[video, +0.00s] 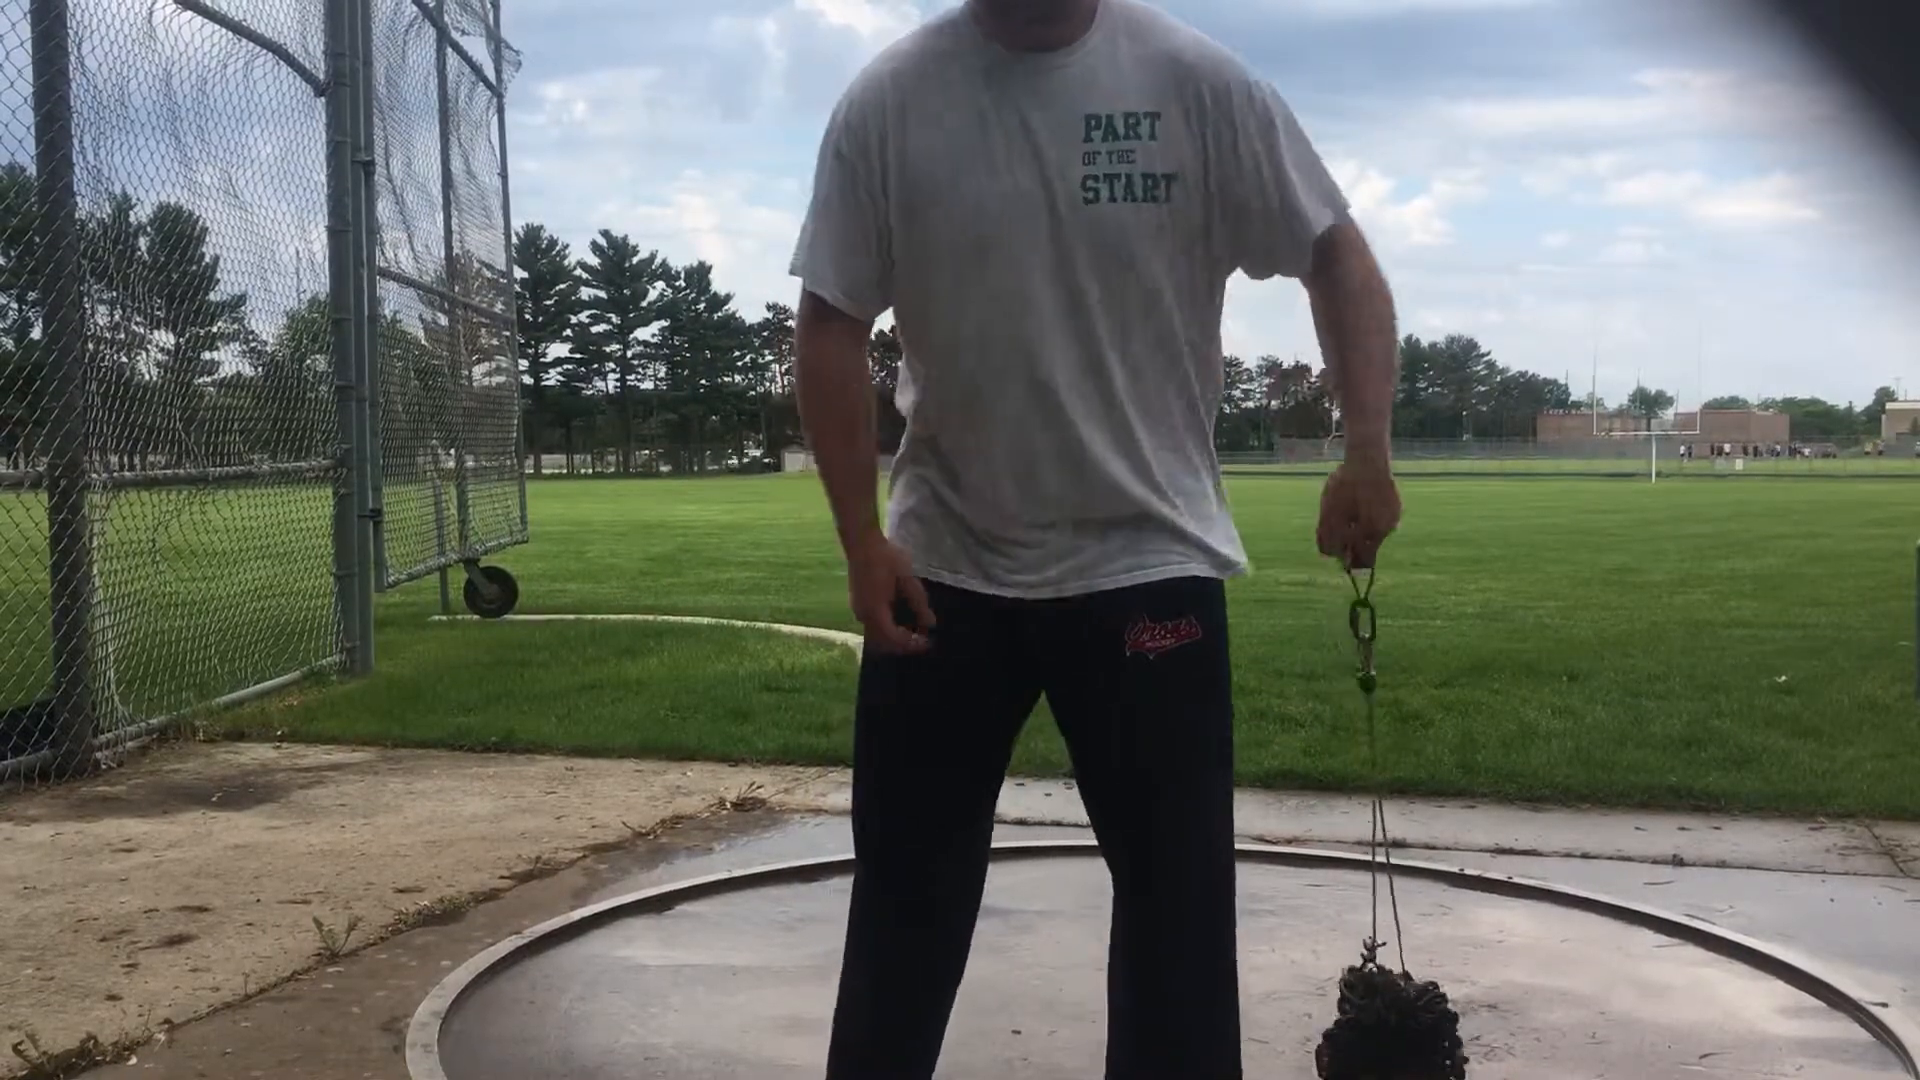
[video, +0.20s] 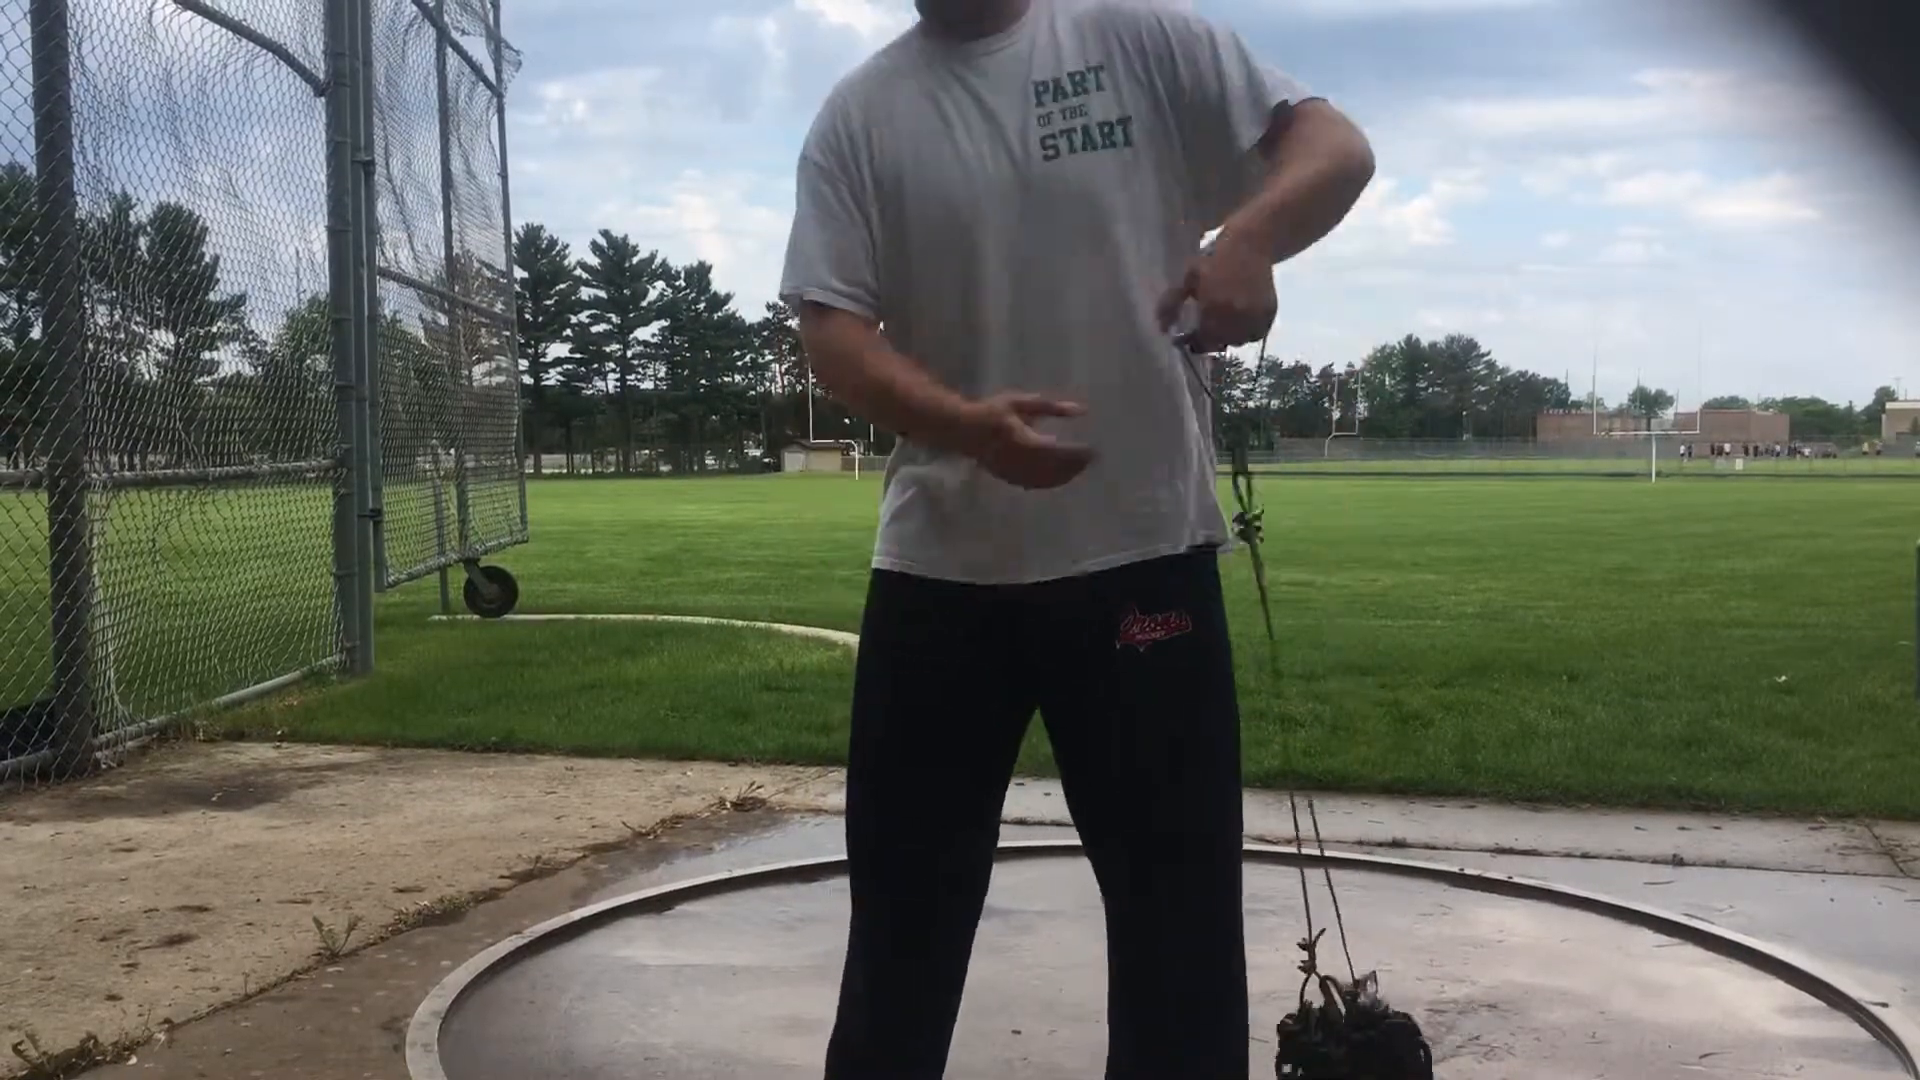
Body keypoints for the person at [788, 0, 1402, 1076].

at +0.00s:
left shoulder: (1201, 86)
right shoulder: (886, 105)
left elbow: (1337, 256)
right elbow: (828, 324)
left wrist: (1367, 449)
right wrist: (861, 538)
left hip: (1148, 565)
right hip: (943, 566)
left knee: (1179, 916)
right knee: (902, 918)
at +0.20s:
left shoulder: (1144, 35)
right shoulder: (856, 117)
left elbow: (1335, 144)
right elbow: (832, 337)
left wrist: (1247, 240)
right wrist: (960, 421)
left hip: (1144, 564)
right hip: (942, 573)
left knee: (1181, 931)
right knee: (901, 930)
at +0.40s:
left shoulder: (1089, 28)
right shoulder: (834, 120)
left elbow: (1269, 79)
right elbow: (826, 327)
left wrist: (1106, 102)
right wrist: (951, 251)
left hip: (1112, 521)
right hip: (923, 548)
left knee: (1141, 911)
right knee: (891, 921)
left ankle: (1163, 1069)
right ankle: (873, 1074)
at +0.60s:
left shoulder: (1062, 32)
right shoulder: (830, 120)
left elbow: (1181, 128)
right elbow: (812, 311)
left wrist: (995, 116)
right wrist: (897, 208)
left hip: (1086, 515)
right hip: (902, 543)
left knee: (1132, 912)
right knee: (873, 898)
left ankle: (1162, 1073)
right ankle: (864, 1068)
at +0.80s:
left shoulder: (1082, 37)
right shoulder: (854, 106)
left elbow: (1120, 131)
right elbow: (805, 288)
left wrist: (911, 118)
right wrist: (829, 202)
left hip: (1085, 514)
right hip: (901, 535)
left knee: (1136, 899)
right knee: (873, 901)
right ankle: (858, 1074)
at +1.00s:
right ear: (977, 4)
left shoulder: (1148, 56)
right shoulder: (928, 133)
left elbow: (1090, 99)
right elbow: (855, 265)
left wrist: (861, 127)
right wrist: (797, 221)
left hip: (1114, 528)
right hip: (938, 544)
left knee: (1162, 918)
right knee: (890, 910)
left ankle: (1189, 1067)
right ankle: (864, 1070)